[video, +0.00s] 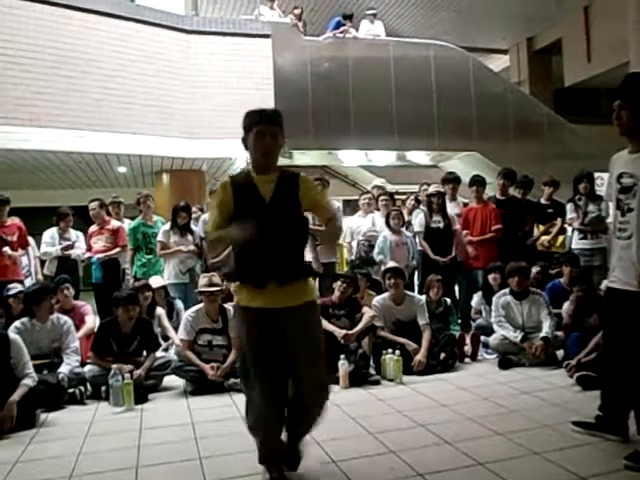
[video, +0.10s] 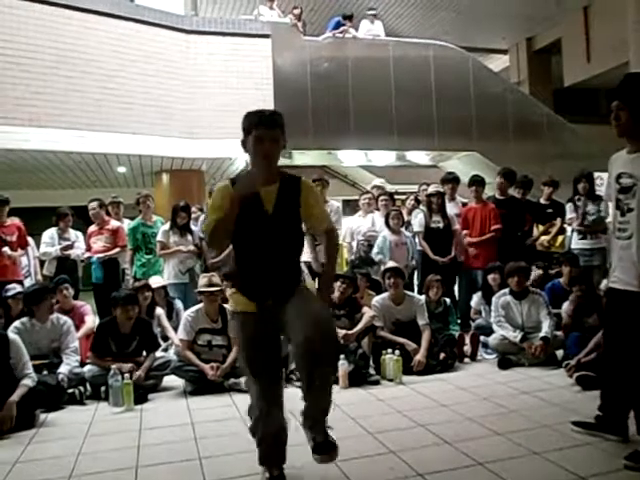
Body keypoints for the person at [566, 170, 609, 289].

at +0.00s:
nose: (585, 185)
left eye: (588, 182)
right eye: (581, 182)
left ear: (592, 185)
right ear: (577, 185)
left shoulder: (600, 202)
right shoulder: (572, 204)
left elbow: (604, 224)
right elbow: (575, 224)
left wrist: (583, 226)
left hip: (598, 247)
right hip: (579, 247)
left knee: (597, 283)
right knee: (579, 283)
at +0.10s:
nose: (584, 186)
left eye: (587, 182)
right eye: (581, 182)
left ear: (591, 184)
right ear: (576, 185)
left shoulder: (600, 201)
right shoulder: (571, 204)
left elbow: (603, 223)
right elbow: (576, 224)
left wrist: (586, 228)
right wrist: (582, 205)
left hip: (598, 247)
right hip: (579, 248)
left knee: (596, 284)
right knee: (579, 284)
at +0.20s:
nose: (584, 185)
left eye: (587, 182)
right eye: (581, 182)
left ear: (592, 184)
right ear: (576, 185)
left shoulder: (600, 202)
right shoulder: (572, 204)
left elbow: (605, 224)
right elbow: (577, 224)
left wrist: (586, 229)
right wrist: (581, 205)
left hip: (599, 248)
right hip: (580, 248)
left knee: (596, 285)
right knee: (580, 285)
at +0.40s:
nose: (584, 185)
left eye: (587, 182)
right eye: (581, 182)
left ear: (592, 185)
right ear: (576, 186)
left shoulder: (601, 203)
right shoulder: (572, 205)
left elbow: (605, 224)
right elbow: (576, 225)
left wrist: (585, 228)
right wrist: (598, 226)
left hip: (598, 248)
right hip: (579, 249)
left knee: (597, 285)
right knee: (580, 285)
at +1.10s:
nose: (581, 186)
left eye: (584, 182)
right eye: (578, 182)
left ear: (590, 185)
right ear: (575, 185)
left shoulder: (599, 203)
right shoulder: (572, 204)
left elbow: (603, 223)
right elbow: (576, 225)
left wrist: (585, 229)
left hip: (598, 247)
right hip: (579, 247)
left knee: (597, 284)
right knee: (579, 283)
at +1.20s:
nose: (582, 186)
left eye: (585, 182)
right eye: (579, 182)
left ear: (590, 184)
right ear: (575, 185)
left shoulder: (599, 202)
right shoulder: (572, 204)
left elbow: (603, 223)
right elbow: (576, 225)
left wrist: (585, 229)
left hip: (598, 247)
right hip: (579, 247)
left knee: (598, 285)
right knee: (580, 284)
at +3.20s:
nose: (585, 189)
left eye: (587, 185)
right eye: (582, 185)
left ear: (591, 186)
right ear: (577, 187)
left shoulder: (600, 201)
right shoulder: (571, 204)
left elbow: (602, 223)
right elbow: (576, 226)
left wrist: (583, 229)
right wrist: (584, 208)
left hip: (597, 246)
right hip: (579, 246)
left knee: (599, 279)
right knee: (580, 280)